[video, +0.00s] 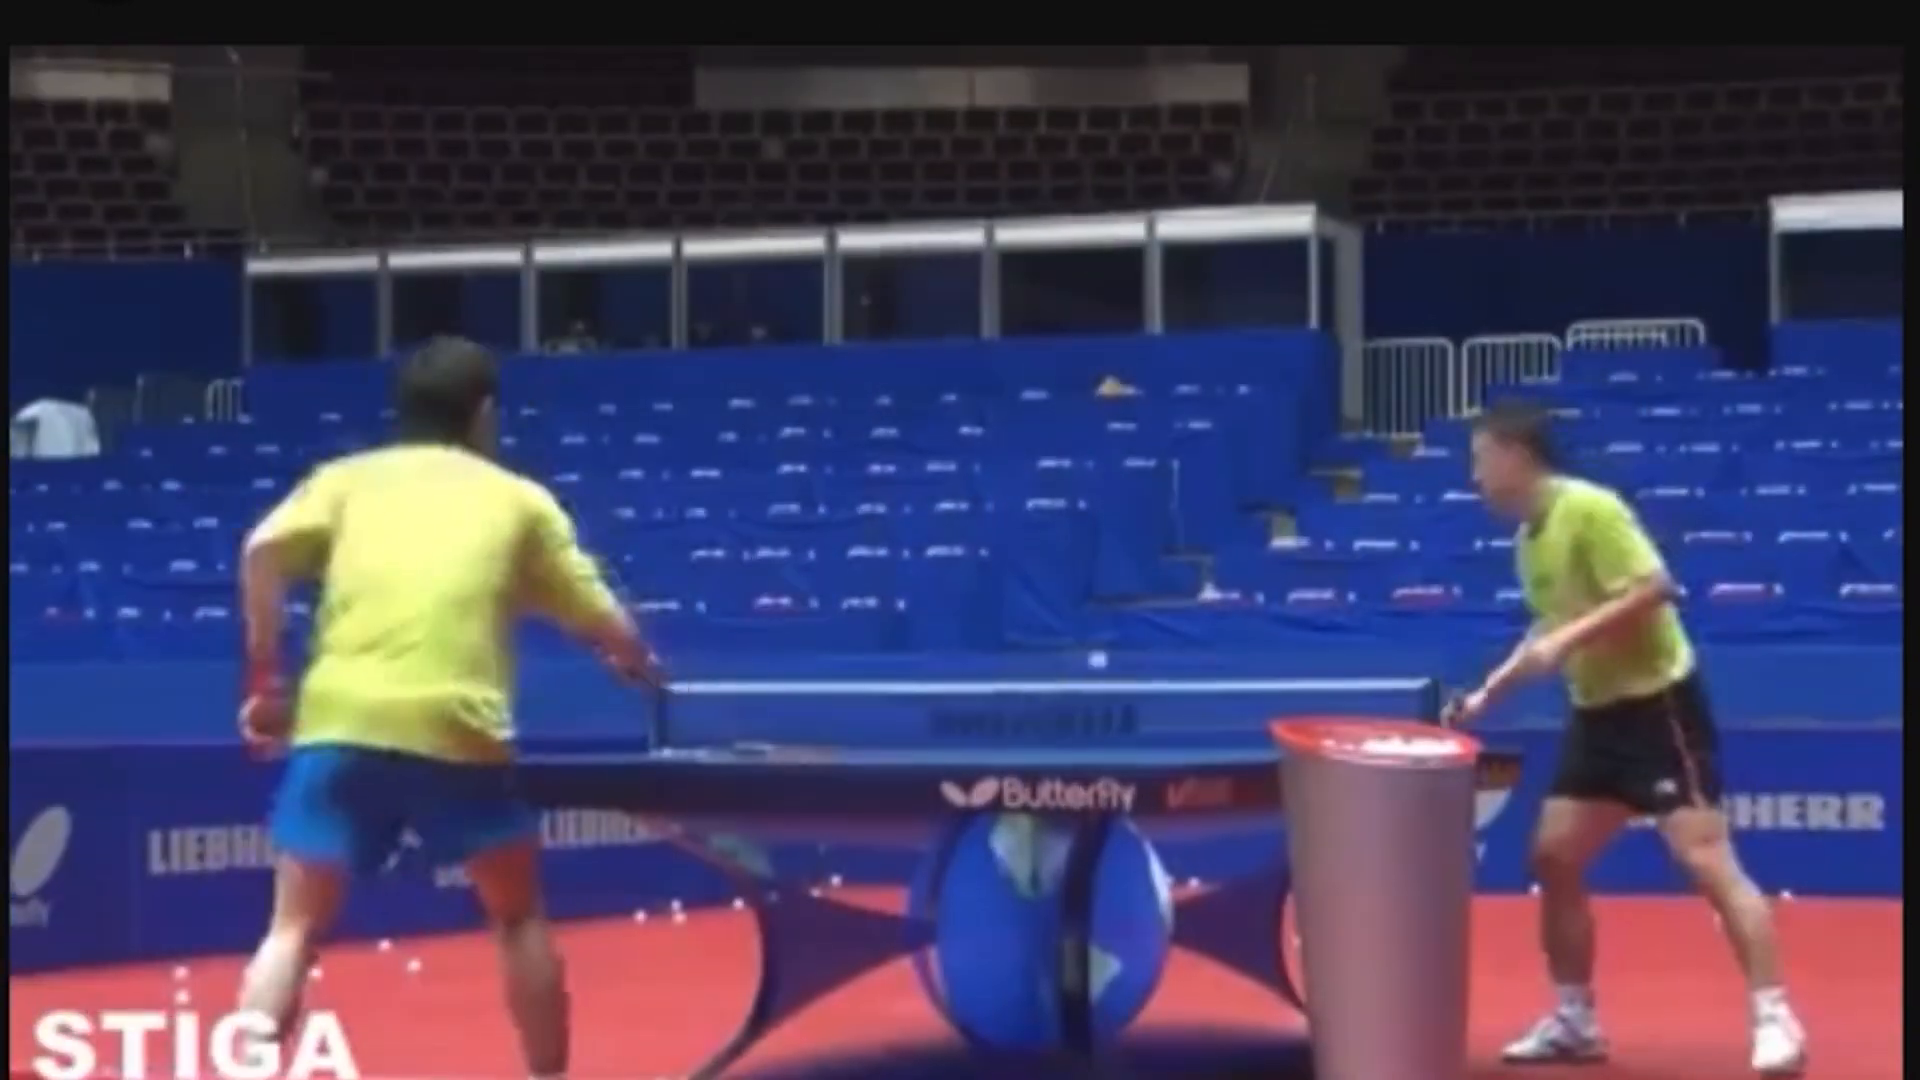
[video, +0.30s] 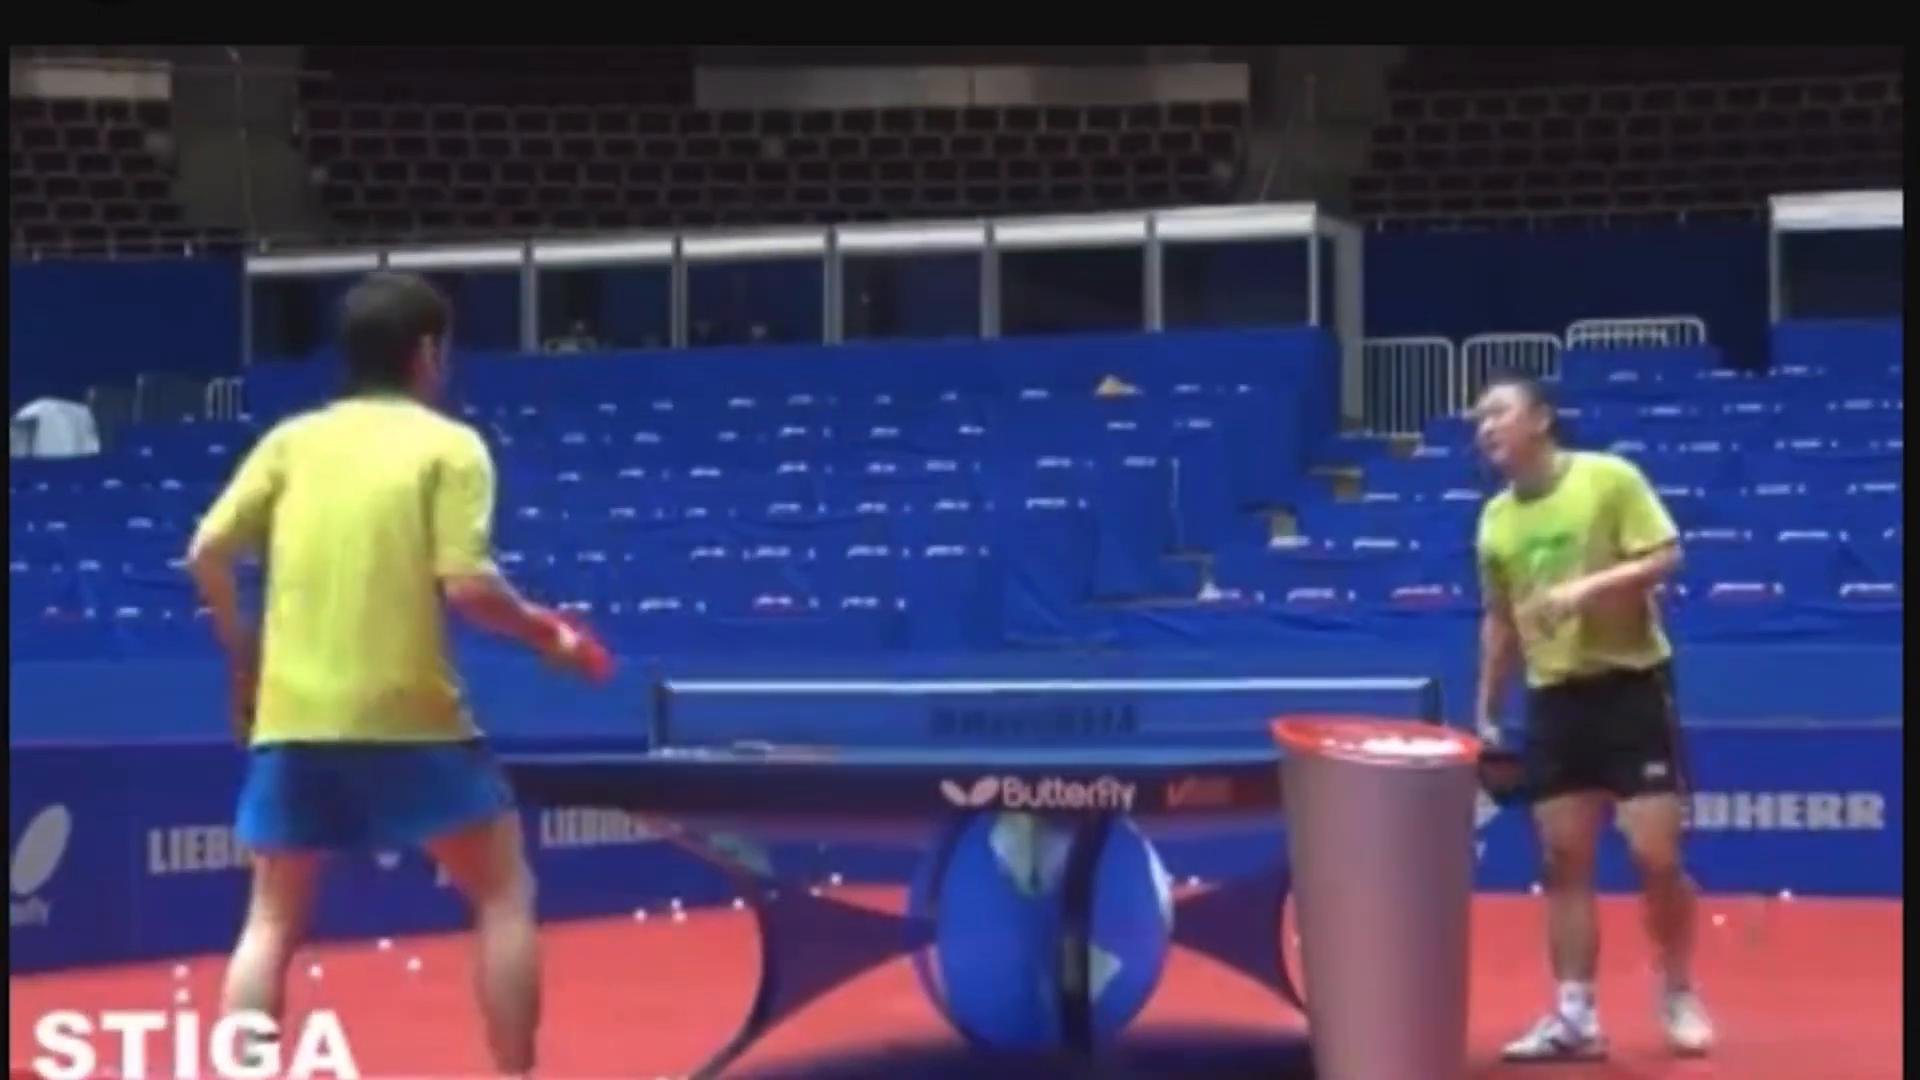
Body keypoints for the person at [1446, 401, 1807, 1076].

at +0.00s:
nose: (1476, 475)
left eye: (1484, 457)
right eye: (1475, 460)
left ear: (1522, 456)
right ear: (1510, 462)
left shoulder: (1590, 509)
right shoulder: (1530, 538)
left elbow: (1653, 585)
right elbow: (1550, 635)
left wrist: (1566, 638)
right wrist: (1486, 694)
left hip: (1661, 702)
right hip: (1599, 713)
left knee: (1705, 857)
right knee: (1555, 856)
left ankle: (1772, 1013)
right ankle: (1574, 1018)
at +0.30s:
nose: (1485, 430)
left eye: (1497, 414)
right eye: (1480, 420)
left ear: (1541, 417)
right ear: (1486, 438)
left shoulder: (1609, 478)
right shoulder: (1496, 519)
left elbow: (1664, 554)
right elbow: (1497, 619)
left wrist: (1579, 590)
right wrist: (1487, 712)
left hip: (1629, 678)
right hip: (1553, 690)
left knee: (1656, 851)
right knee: (1563, 852)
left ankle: (1680, 995)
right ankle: (1573, 1010)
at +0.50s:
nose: (1514, 429)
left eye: (1529, 415)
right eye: (1510, 418)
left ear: (1572, 422)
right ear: (1511, 436)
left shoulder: (1630, 488)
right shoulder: (1508, 518)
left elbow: (1674, 571)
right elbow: (1495, 620)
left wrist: (1597, 590)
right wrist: (1469, 712)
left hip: (1625, 689)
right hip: (1547, 696)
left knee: (1635, 857)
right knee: (1556, 856)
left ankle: (1626, 983)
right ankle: (1570, 1008)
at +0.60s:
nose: (1535, 434)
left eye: (1550, 421)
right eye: (1530, 424)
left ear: (1589, 430)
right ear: (1528, 439)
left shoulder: (1645, 503)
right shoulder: (1517, 521)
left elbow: (1687, 589)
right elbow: (1494, 616)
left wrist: (1617, 601)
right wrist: (1459, 700)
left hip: (1630, 695)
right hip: (1550, 699)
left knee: (1627, 860)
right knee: (1556, 858)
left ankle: (1613, 994)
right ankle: (1567, 1004)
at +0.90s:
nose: (1579, 426)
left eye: (1593, 414)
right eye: (1572, 415)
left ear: (1623, 425)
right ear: (1561, 427)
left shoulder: (1662, 504)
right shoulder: (1530, 503)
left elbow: (1692, 589)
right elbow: (1490, 594)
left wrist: (1661, 620)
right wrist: (1453, 679)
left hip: (1627, 680)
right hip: (1552, 679)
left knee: (1618, 853)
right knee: (1561, 841)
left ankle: (1609, 994)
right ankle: (1561, 987)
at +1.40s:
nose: (1528, 431)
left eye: (1542, 419)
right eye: (1519, 418)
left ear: (1570, 432)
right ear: (1506, 429)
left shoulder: (1608, 507)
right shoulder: (1479, 507)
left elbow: (1642, 587)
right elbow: (1450, 577)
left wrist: (1616, 606)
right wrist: (1435, 584)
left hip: (1573, 686)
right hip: (1493, 685)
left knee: (1593, 852)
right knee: (1473, 845)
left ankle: (1604, 992)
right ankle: (1464, 979)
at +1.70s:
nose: (1459, 433)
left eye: (1472, 421)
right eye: (1450, 420)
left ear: (1499, 430)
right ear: (1439, 430)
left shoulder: (1535, 501)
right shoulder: (1424, 508)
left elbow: (1578, 579)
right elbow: (1398, 597)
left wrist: (1522, 604)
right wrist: (1361, 548)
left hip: (1516, 677)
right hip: (1450, 677)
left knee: (1529, 839)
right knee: (1453, 844)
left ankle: (1556, 984)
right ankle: (1459, 983)